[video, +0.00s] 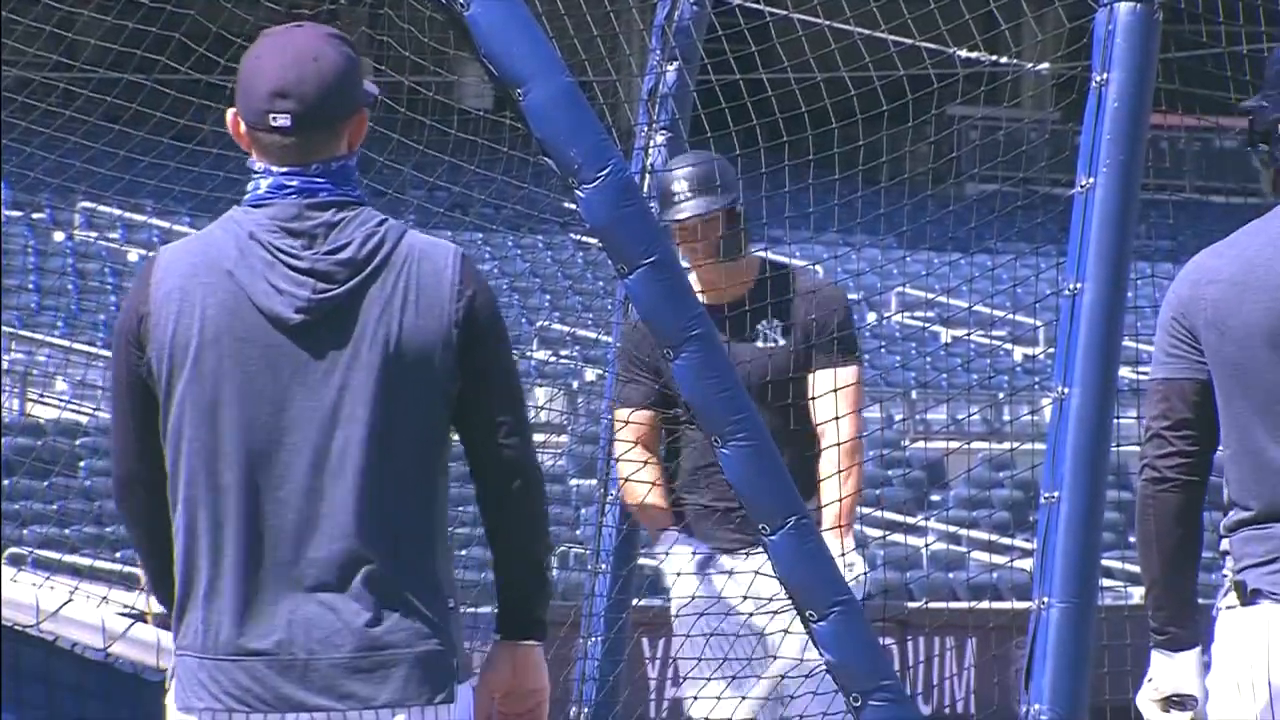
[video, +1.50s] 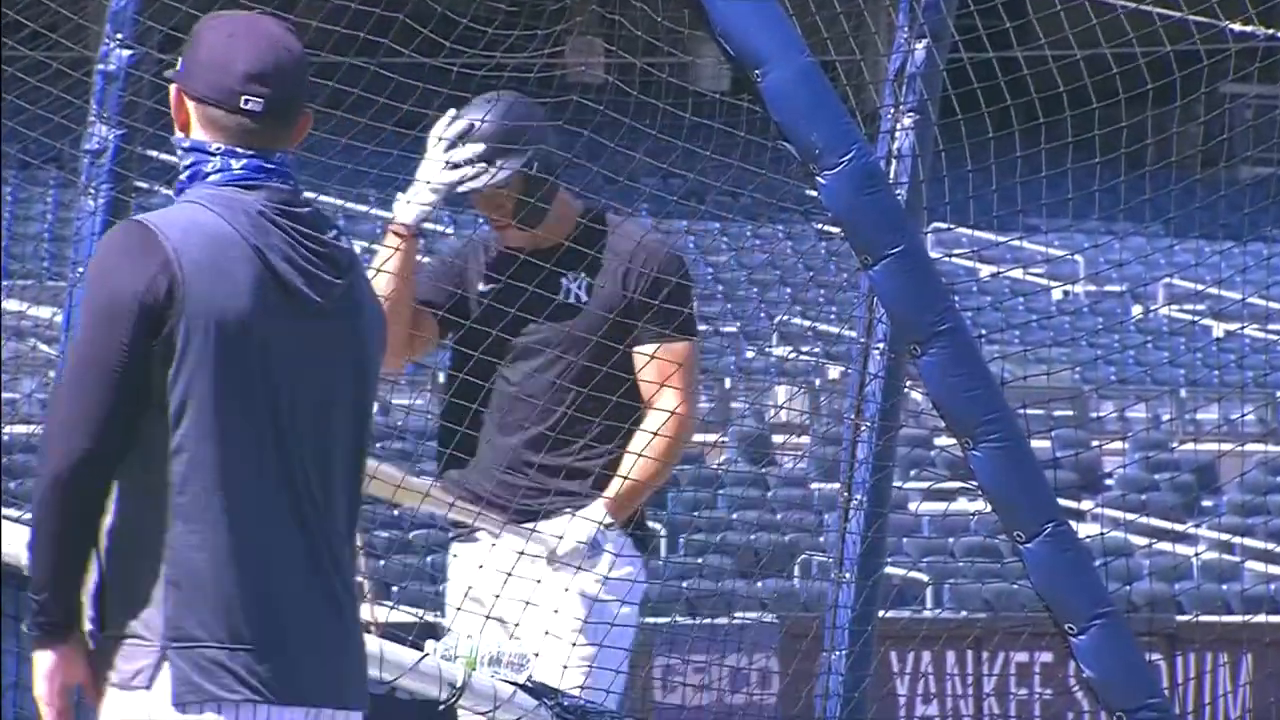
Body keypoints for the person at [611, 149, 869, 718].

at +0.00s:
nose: (688, 238)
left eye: (701, 222)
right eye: (675, 226)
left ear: (734, 218)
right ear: (662, 230)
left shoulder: (812, 303)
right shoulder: (651, 317)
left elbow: (840, 438)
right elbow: (631, 445)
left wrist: (830, 543)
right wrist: (669, 540)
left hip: (802, 553)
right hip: (700, 559)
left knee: (820, 708)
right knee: (715, 708)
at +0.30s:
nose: (634, 265)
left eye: (643, 248)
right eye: (622, 251)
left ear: (674, 239)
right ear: (618, 253)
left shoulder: (760, 316)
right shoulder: (618, 328)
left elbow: (822, 452)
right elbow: (596, 458)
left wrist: (868, 575)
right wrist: (555, 576)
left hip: (751, 558)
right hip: (661, 569)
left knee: (716, 707)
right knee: (695, 709)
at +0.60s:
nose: (690, 266)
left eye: (702, 249)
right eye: (677, 253)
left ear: (745, 233)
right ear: (667, 244)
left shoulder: (811, 304)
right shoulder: (675, 303)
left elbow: (868, 413)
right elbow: (675, 418)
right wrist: (670, 537)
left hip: (796, 542)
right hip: (712, 551)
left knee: (766, 705)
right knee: (721, 706)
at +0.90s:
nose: (696, 229)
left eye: (707, 210)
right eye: (686, 215)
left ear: (754, 196)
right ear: (680, 210)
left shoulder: (828, 279)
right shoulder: (700, 283)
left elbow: (857, 431)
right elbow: (690, 408)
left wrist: (851, 567)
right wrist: (635, 506)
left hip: (798, 545)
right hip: (698, 544)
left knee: (797, 706)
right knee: (642, 704)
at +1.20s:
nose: (575, 228)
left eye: (585, 207)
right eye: (566, 213)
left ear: (630, 195)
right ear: (559, 212)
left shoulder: (725, 278)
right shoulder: (578, 300)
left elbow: (753, 422)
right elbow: (531, 426)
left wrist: (692, 521)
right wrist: (478, 350)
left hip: (706, 567)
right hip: (596, 567)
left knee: (719, 709)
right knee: (572, 712)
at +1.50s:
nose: (490, 216)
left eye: (500, 197)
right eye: (475, 202)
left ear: (544, 175)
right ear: (460, 194)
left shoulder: (642, 259)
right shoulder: (468, 264)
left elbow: (671, 408)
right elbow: (381, 349)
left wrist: (604, 512)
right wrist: (408, 215)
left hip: (586, 547)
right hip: (480, 544)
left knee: (571, 708)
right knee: (477, 708)